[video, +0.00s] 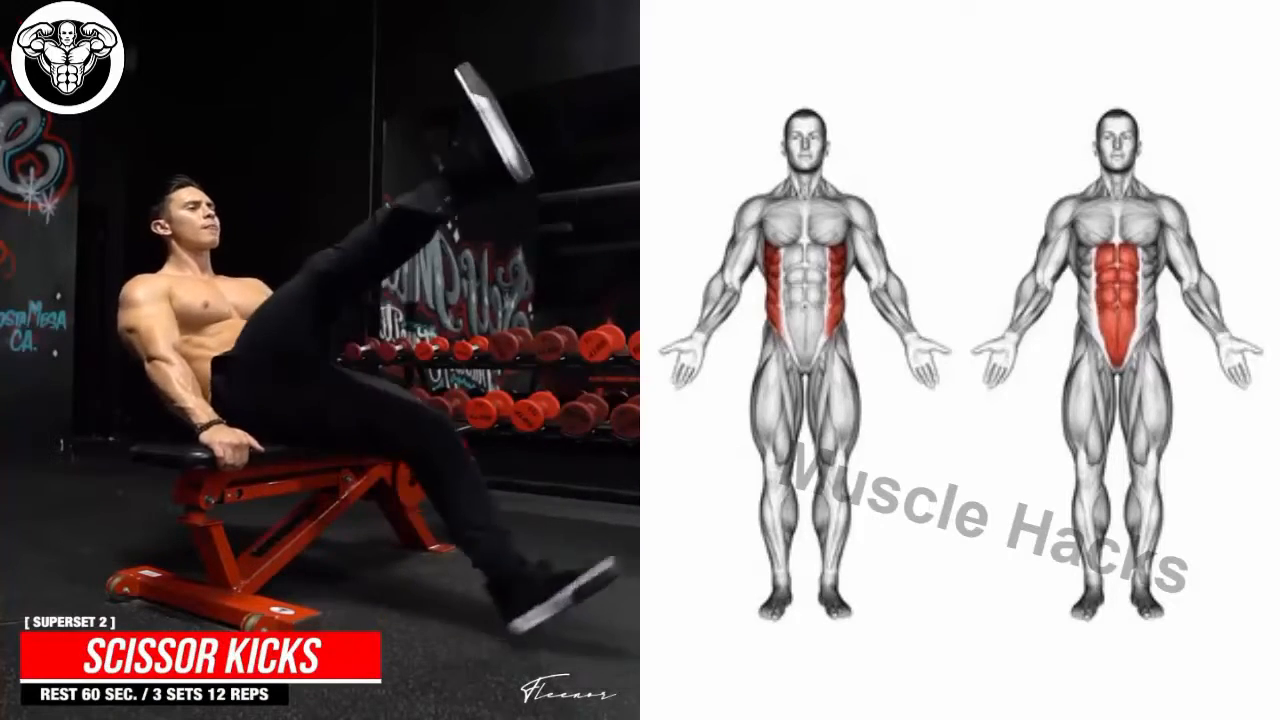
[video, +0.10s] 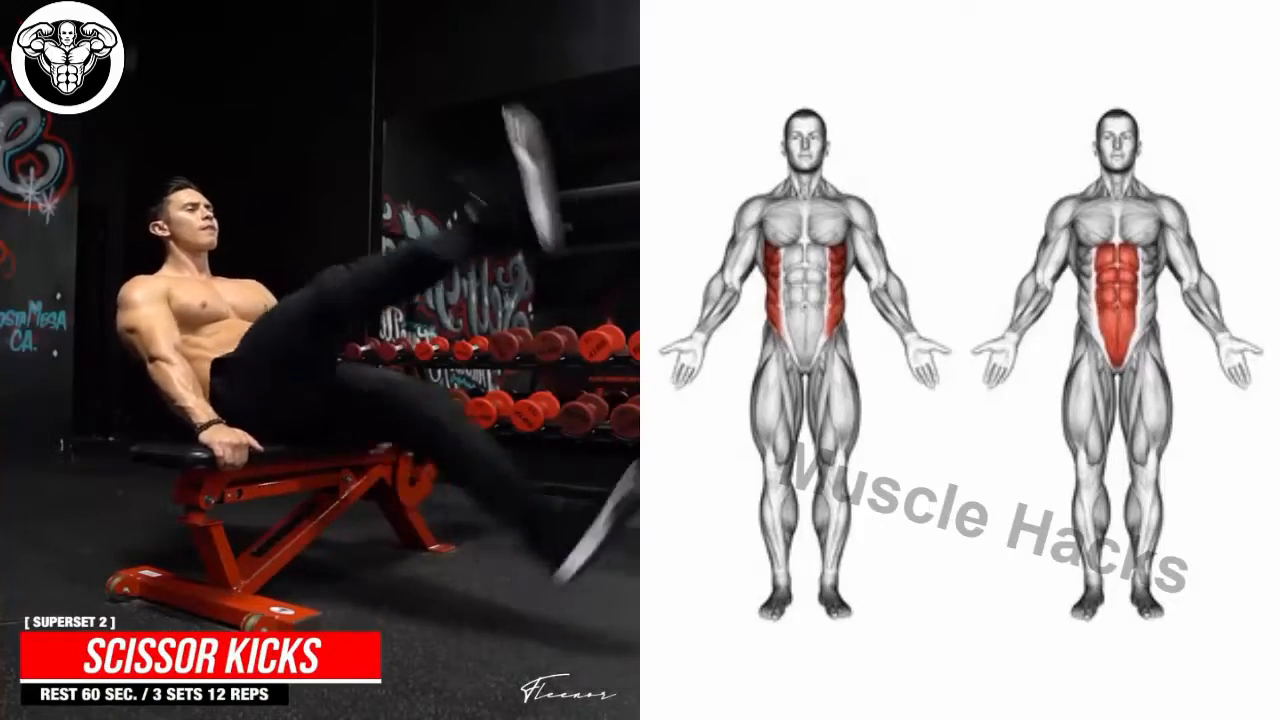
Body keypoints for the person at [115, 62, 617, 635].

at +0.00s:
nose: (208, 214)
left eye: (210, 207)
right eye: (192, 208)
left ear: (214, 224)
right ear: (162, 227)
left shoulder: (251, 285)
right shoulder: (145, 289)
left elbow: (303, 329)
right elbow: (163, 361)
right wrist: (208, 425)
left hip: (303, 391)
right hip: (244, 384)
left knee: (432, 433)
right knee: (326, 273)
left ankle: (516, 587)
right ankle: (457, 180)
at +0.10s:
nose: (208, 215)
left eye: (207, 208)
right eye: (192, 209)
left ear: (209, 225)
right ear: (161, 227)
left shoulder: (252, 291)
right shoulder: (143, 290)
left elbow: (303, 345)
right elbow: (165, 362)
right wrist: (208, 426)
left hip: (302, 397)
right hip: (242, 394)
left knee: (418, 405)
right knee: (329, 296)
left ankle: (551, 531)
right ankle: (497, 228)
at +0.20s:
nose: (204, 220)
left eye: (205, 212)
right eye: (188, 213)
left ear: (209, 229)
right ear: (159, 232)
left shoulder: (252, 291)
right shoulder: (142, 293)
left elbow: (298, 360)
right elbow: (166, 360)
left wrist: (360, 416)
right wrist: (208, 423)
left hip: (298, 399)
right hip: (241, 398)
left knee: (425, 372)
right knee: (344, 319)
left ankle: (586, 427)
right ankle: (536, 335)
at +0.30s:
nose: (202, 219)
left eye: (201, 212)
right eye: (186, 214)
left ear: (207, 227)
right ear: (158, 235)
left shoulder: (249, 292)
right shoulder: (143, 293)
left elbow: (308, 356)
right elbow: (169, 362)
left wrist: (358, 416)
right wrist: (210, 425)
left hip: (303, 386)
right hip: (243, 399)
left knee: (406, 322)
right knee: (359, 357)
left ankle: (548, 312)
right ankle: (531, 450)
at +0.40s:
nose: (203, 221)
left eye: (204, 215)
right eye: (187, 215)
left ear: (206, 235)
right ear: (156, 236)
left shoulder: (249, 293)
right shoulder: (143, 296)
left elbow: (307, 354)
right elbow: (166, 361)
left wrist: (361, 393)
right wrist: (209, 426)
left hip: (300, 376)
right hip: (246, 389)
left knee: (393, 295)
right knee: (375, 412)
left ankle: (537, 214)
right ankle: (514, 550)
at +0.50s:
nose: (203, 221)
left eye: (203, 215)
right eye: (187, 215)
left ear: (206, 235)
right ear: (158, 237)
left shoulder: (246, 294)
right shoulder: (142, 294)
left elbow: (302, 352)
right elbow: (163, 358)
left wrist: (354, 394)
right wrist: (207, 424)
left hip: (302, 370)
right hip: (250, 387)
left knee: (383, 284)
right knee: (371, 438)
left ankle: (502, 188)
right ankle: (490, 591)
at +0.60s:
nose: (202, 226)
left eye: (202, 219)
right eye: (186, 220)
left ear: (203, 237)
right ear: (156, 239)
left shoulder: (246, 297)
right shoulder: (142, 294)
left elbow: (302, 356)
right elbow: (163, 359)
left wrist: (359, 399)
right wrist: (208, 425)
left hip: (297, 373)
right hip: (246, 387)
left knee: (373, 291)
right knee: (368, 419)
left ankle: (520, 214)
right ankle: (501, 561)